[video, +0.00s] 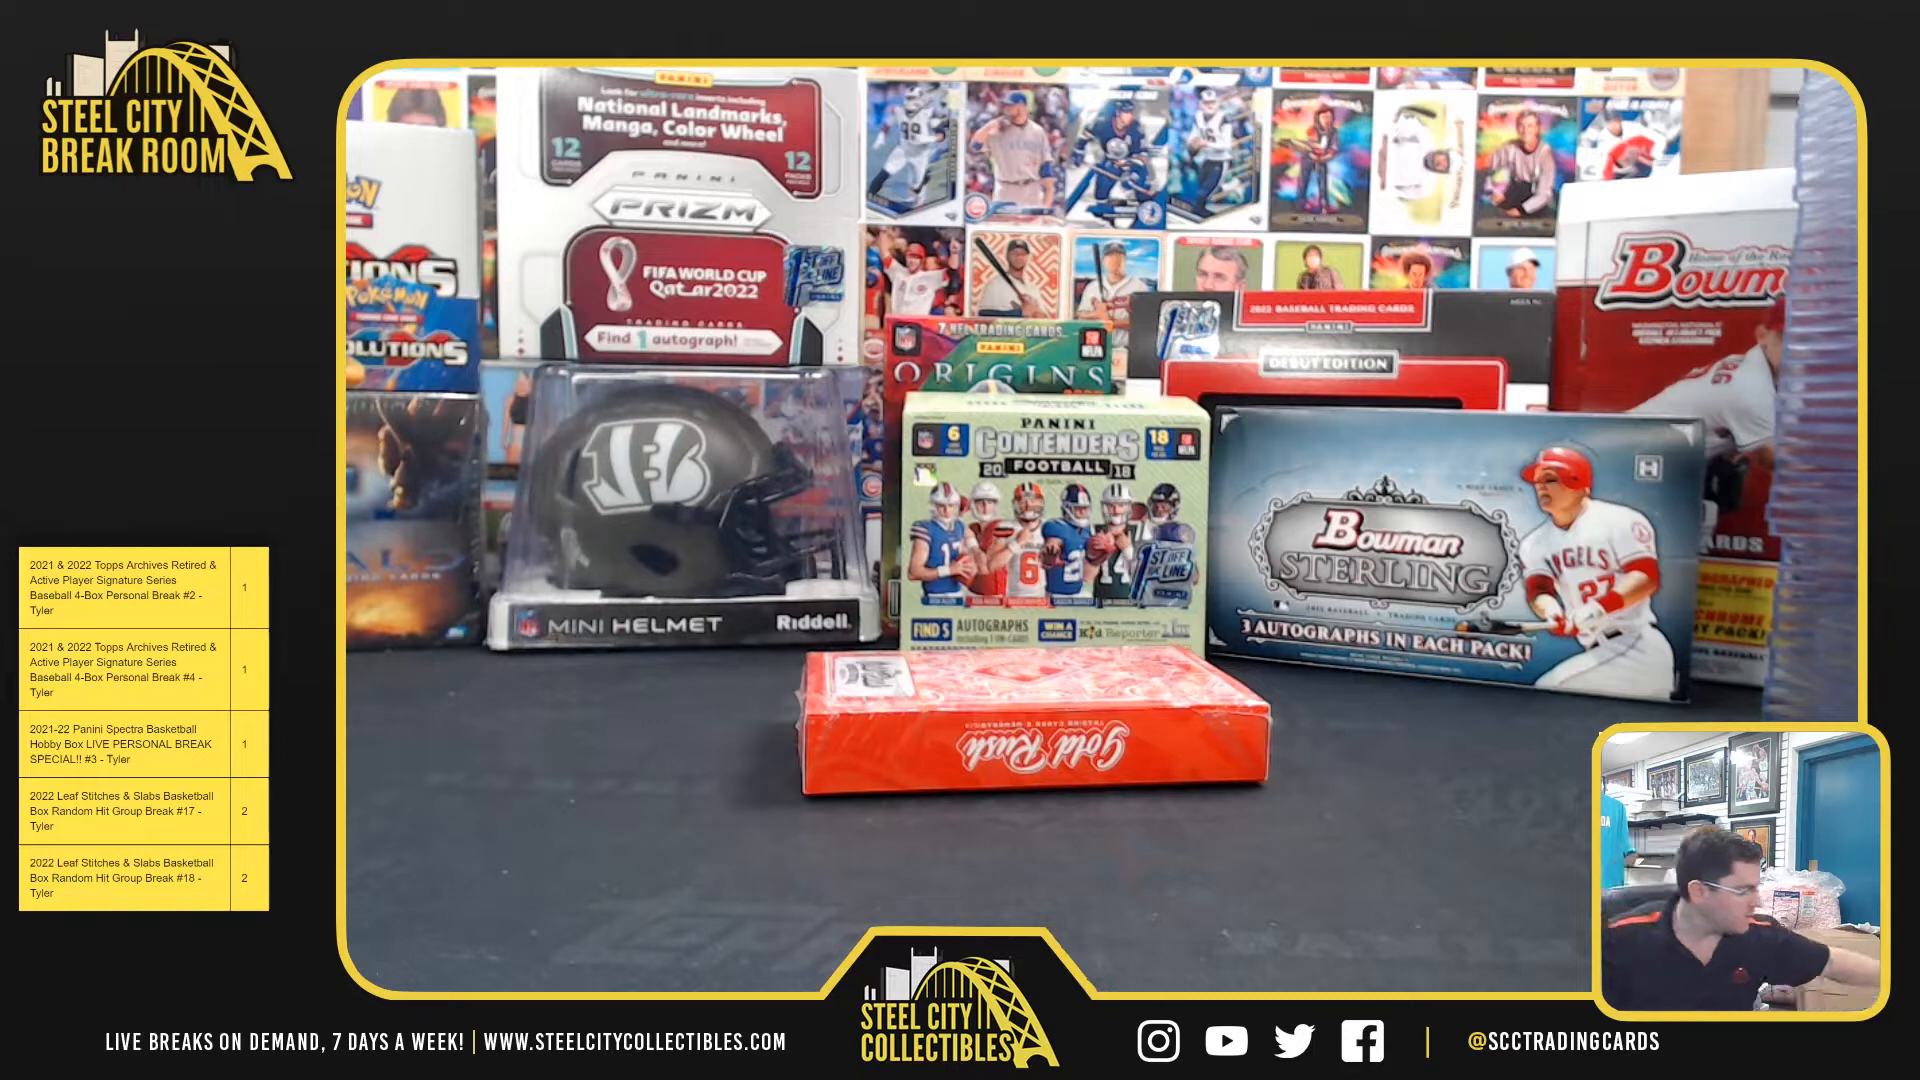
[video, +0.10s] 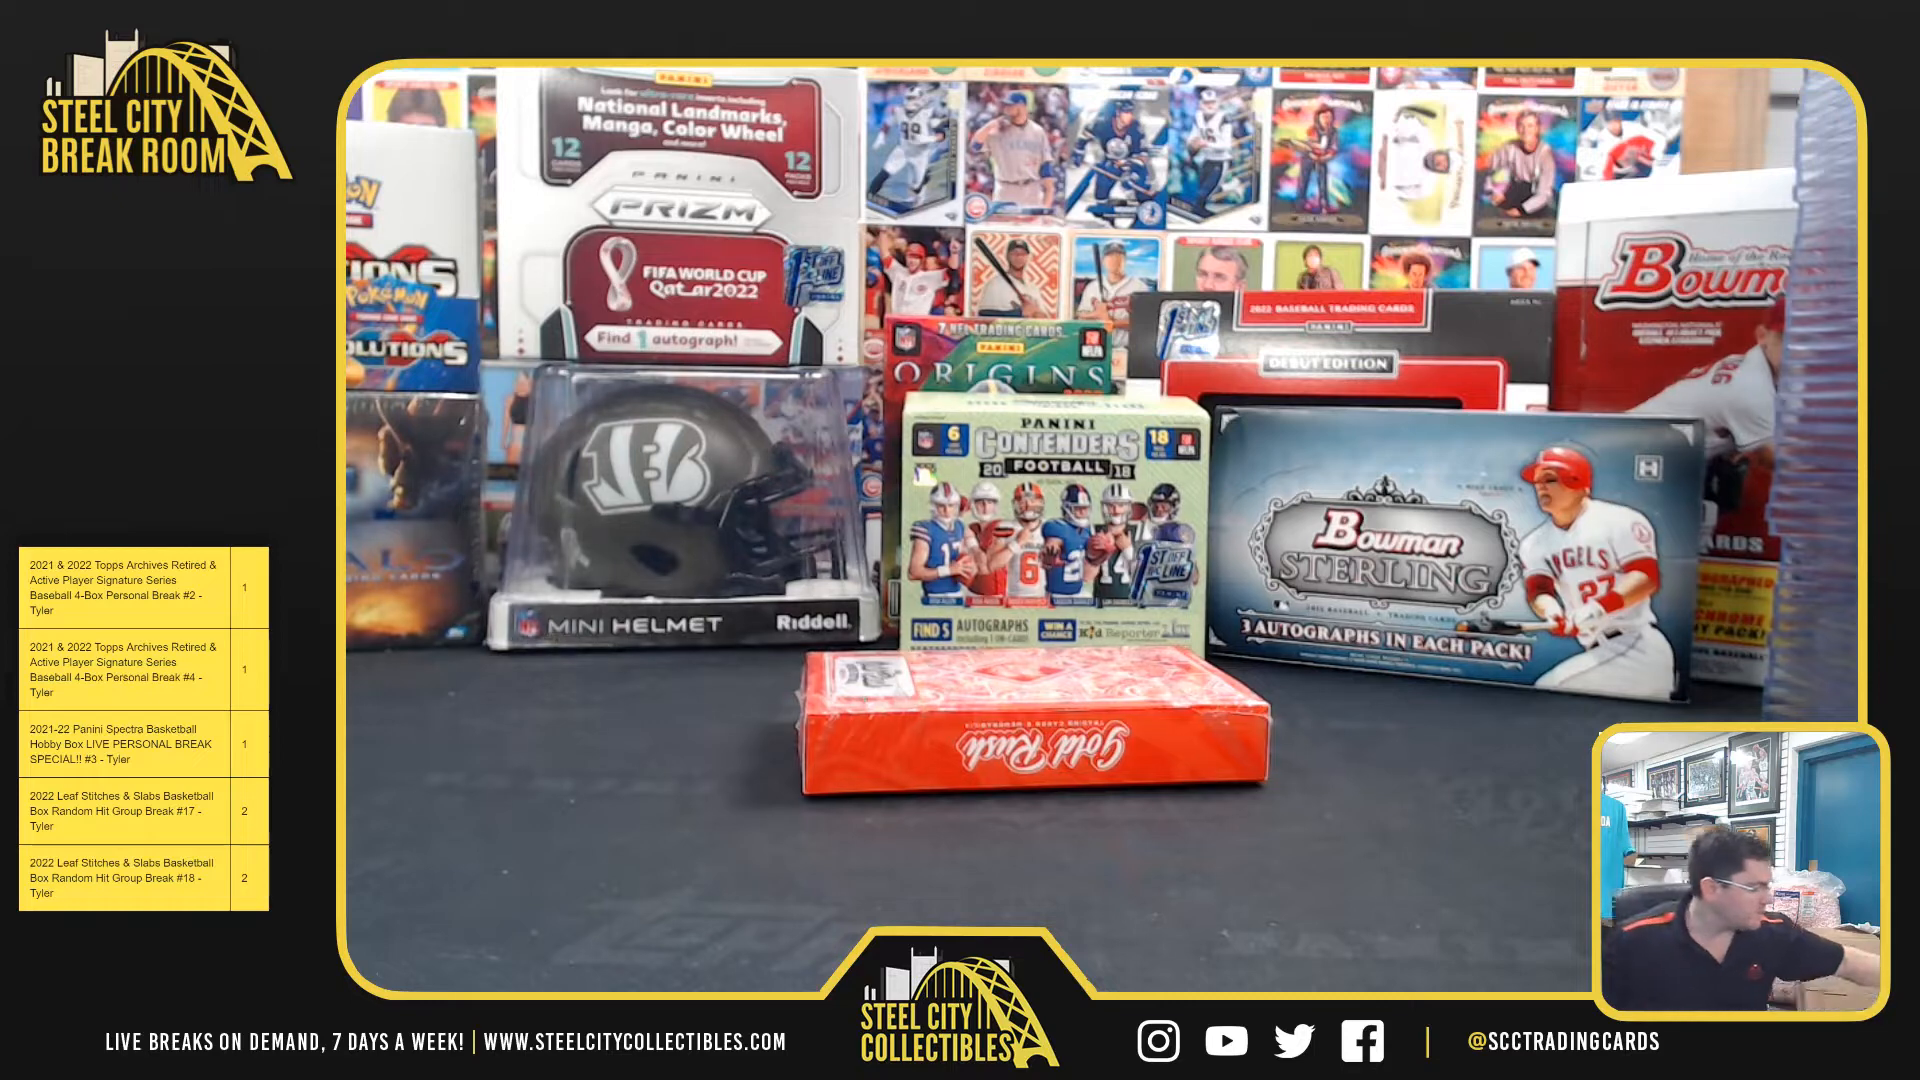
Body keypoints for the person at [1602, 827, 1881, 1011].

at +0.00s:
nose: (1756, 902)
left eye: (1756, 889)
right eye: (1744, 891)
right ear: (1698, 893)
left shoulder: (1763, 939)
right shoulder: (1621, 943)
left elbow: (1841, 965)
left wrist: (1894, 978)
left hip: (1727, 1062)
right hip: (1636, 1057)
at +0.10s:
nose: (1768, 899)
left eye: (1768, 886)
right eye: (1755, 888)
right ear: (1710, 889)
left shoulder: (1775, 936)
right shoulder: (1631, 945)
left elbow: (1853, 963)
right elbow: (1598, 1013)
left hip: (1748, 1062)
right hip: (1654, 1061)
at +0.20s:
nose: (1780, 900)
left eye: (1780, 887)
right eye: (1769, 888)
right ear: (1724, 888)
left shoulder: (1788, 935)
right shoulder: (1648, 942)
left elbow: (1868, 969)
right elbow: (1608, 1011)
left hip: (1758, 1054)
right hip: (1671, 1057)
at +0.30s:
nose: (1798, 901)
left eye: (1798, 889)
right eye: (1785, 890)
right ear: (1740, 889)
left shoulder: (1802, 938)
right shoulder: (1666, 943)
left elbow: (1879, 977)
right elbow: (1611, 1008)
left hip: (1769, 1060)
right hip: (1682, 1061)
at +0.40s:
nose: (1816, 908)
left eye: (1817, 895)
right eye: (1805, 896)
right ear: (1759, 893)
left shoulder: (1817, 940)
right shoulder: (1682, 940)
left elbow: (1886, 982)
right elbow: (1629, 994)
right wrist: (1642, 1050)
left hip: (1780, 1061)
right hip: (1695, 1061)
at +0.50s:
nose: (1839, 915)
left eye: (1841, 902)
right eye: (1828, 902)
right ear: (1781, 896)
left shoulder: (1834, 946)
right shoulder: (1695, 943)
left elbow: (1892, 981)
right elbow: (1643, 995)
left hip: (1792, 1061)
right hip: (1708, 1062)